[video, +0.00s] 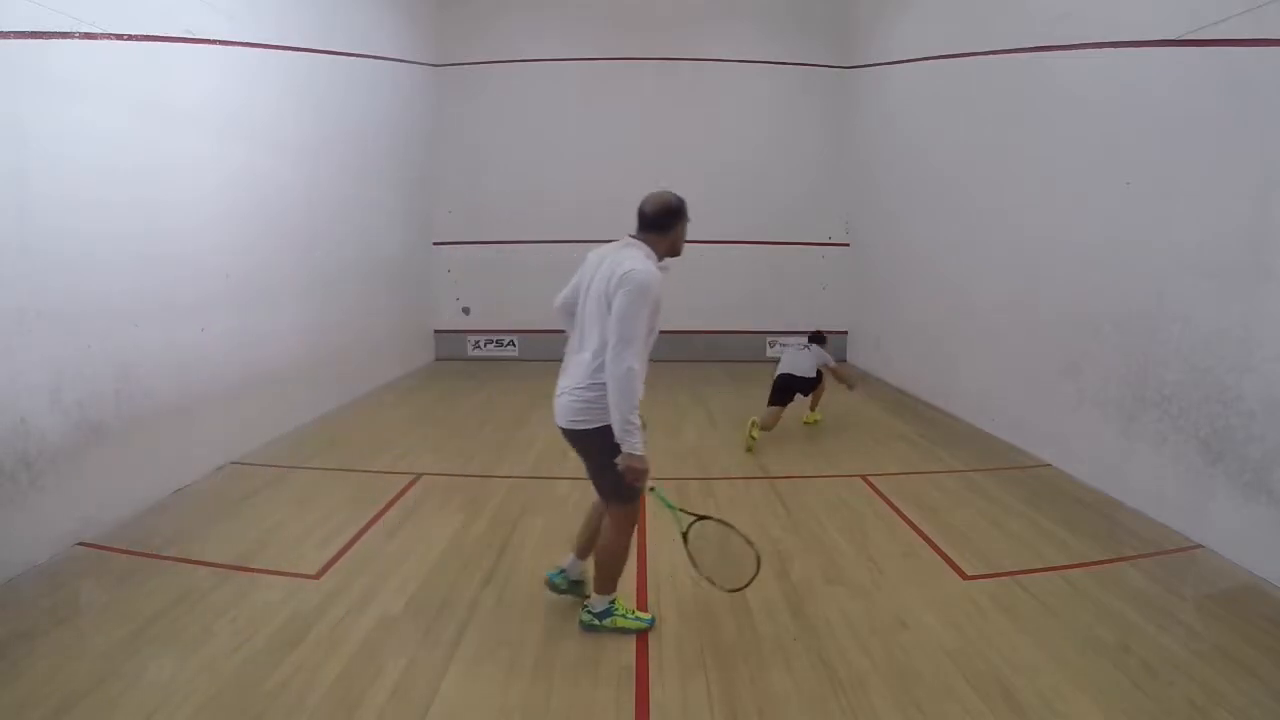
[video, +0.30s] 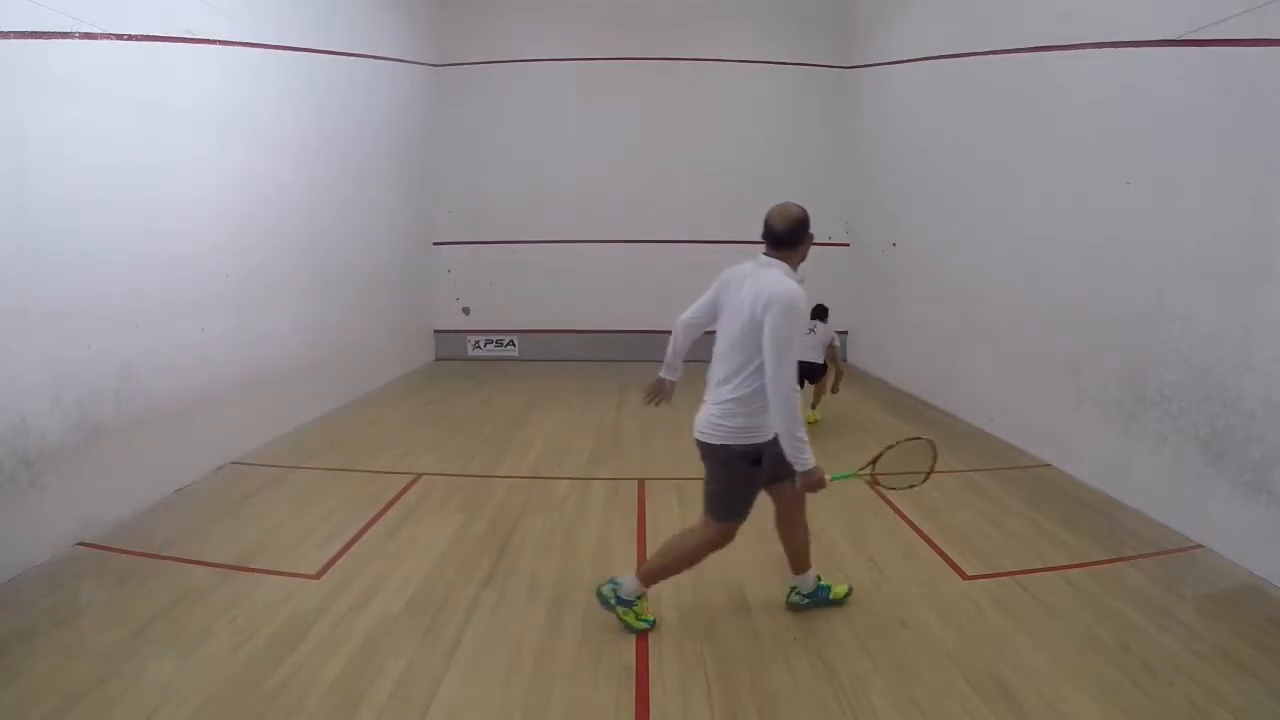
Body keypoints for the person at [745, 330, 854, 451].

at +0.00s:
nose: (824, 348)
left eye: (824, 346)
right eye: (824, 346)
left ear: (808, 341)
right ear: (821, 344)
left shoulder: (791, 348)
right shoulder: (819, 352)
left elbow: (777, 371)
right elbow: (835, 371)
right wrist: (848, 383)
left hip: (783, 379)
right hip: (805, 380)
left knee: (769, 423)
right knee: (820, 377)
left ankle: (756, 425)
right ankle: (811, 413)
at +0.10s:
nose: (826, 352)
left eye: (825, 349)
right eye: (826, 349)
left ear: (813, 343)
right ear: (825, 347)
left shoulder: (796, 349)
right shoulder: (825, 350)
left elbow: (782, 374)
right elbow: (838, 375)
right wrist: (841, 388)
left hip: (788, 373)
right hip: (810, 373)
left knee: (782, 422)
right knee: (826, 373)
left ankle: (769, 422)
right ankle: (812, 412)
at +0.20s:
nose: (829, 340)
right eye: (829, 338)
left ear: (812, 334)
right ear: (827, 336)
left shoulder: (801, 341)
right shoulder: (827, 343)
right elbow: (836, 370)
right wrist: (840, 387)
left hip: (790, 366)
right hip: (812, 366)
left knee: (790, 415)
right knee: (825, 374)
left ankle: (782, 418)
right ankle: (812, 412)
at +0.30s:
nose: (827, 319)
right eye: (827, 317)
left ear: (811, 315)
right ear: (826, 317)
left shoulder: (800, 326)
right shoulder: (829, 331)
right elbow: (835, 357)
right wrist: (836, 383)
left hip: (796, 362)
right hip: (815, 364)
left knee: (795, 389)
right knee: (822, 378)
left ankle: (794, 416)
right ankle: (812, 411)